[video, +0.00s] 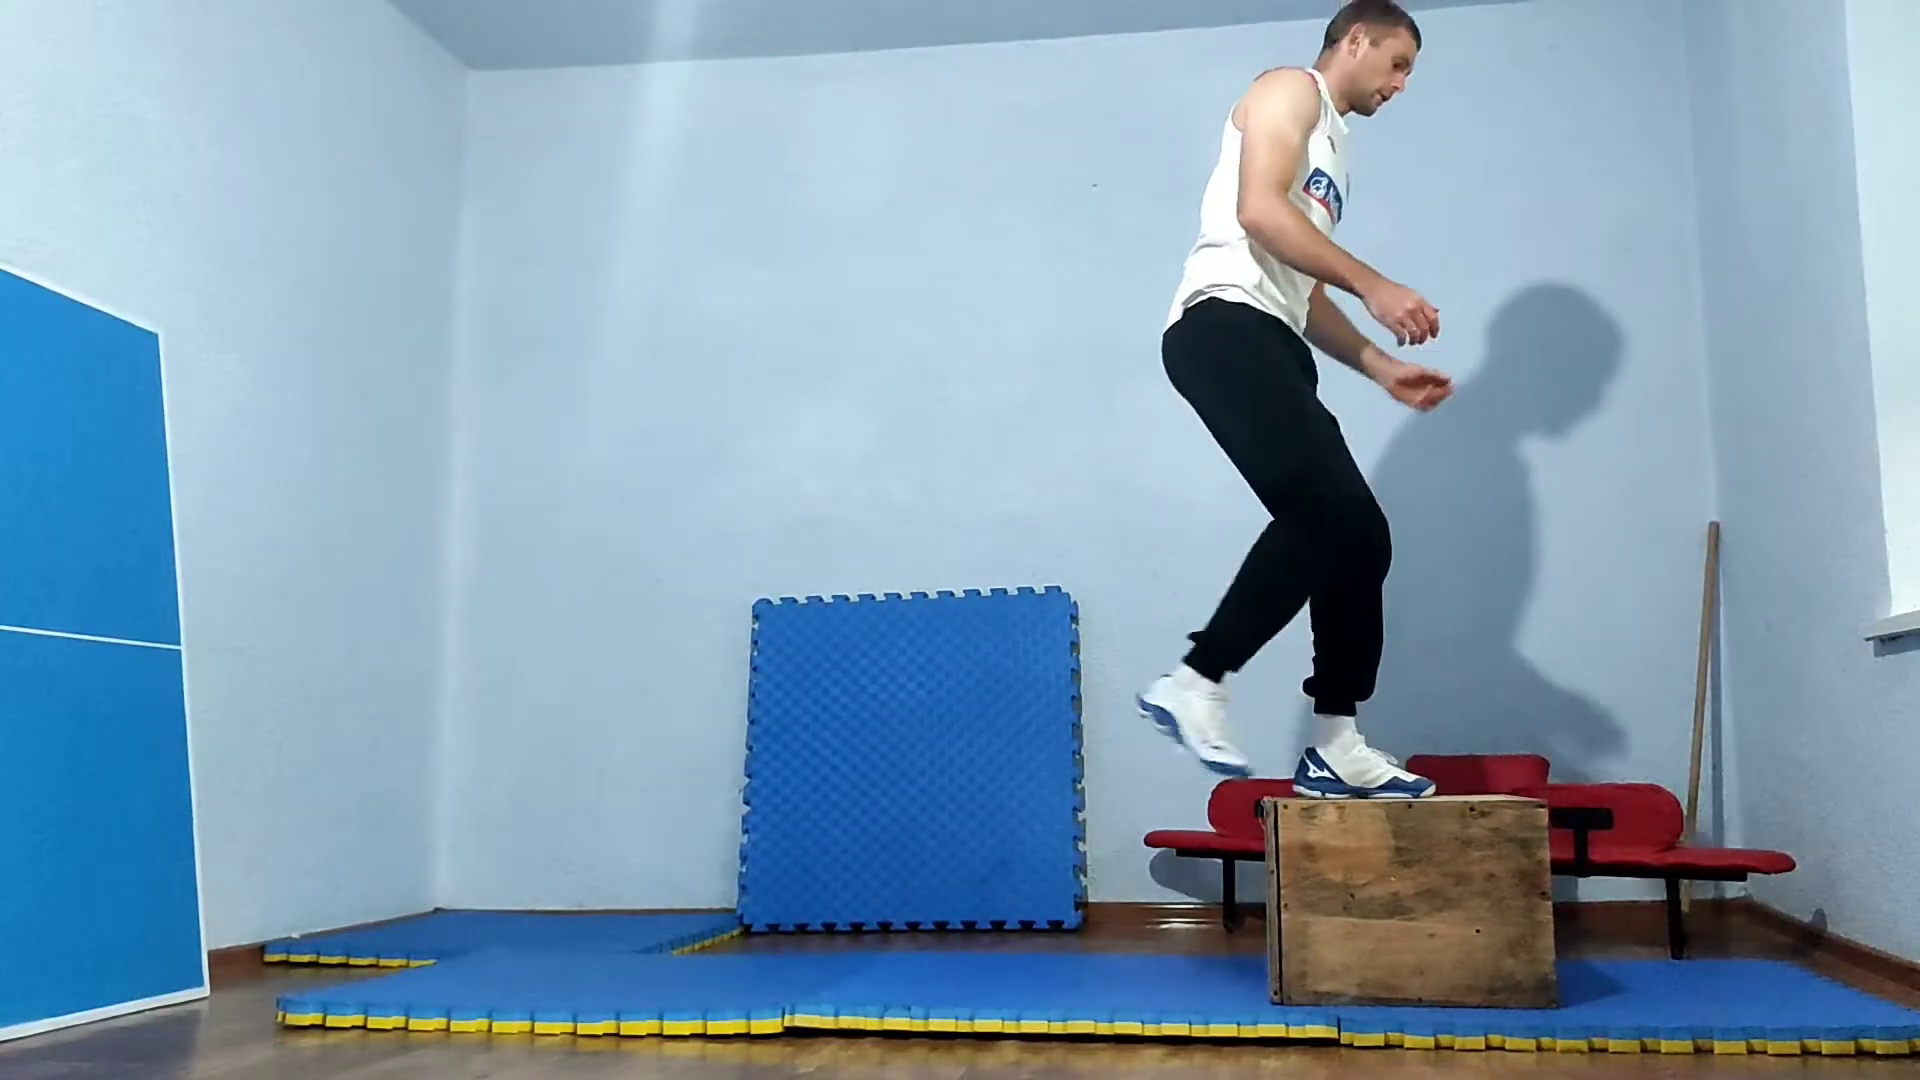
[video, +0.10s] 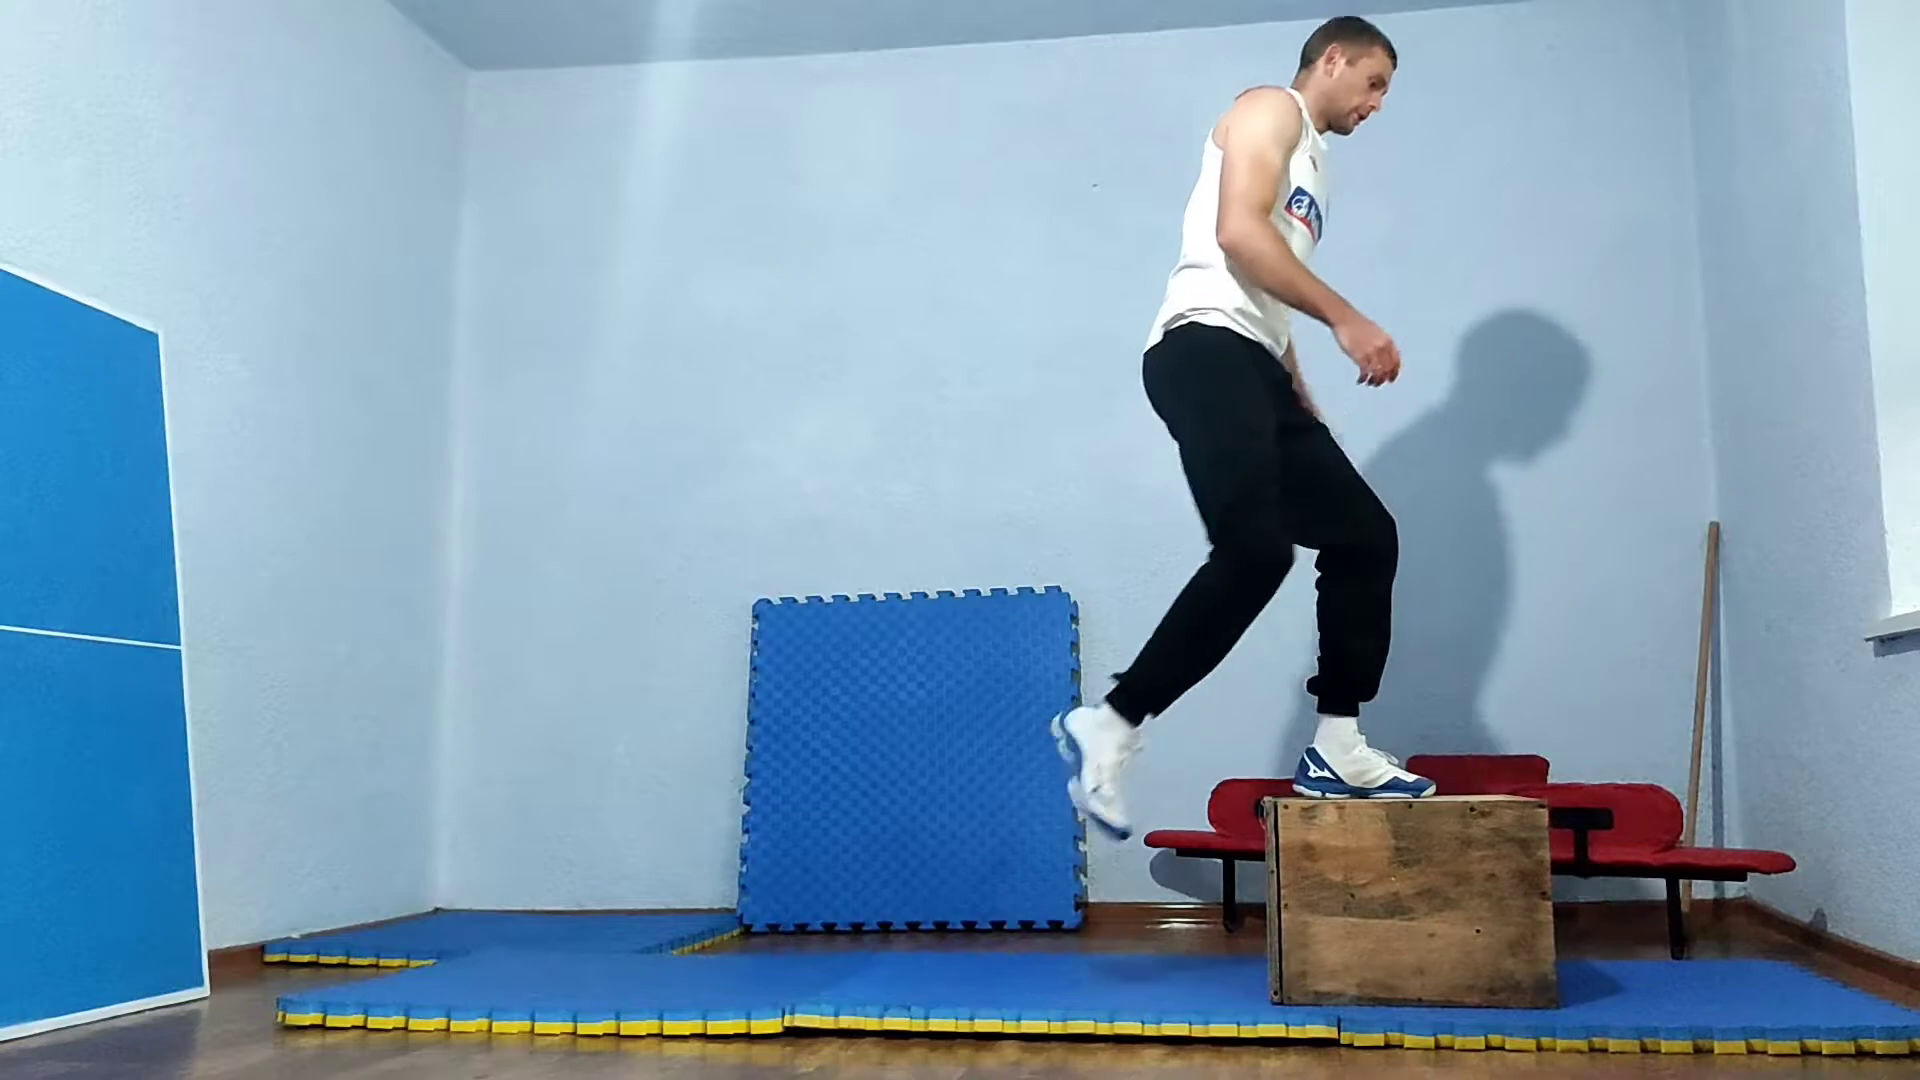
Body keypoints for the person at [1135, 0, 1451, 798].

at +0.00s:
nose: (1400, 85)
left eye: (1408, 73)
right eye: (1397, 64)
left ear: (1358, 49)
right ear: (1353, 41)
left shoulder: (1333, 152)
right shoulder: (1289, 90)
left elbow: (1306, 300)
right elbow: (1261, 209)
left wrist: (1382, 366)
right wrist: (1373, 285)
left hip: (1269, 343)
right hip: (1225, 322)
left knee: (1362, 536)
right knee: (1322, 512)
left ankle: (1334, 743)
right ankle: (1192, 685)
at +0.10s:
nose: (1376, 104)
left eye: (1383, 92)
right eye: (1373, 84)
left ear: (1347, 75)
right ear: (1329, 60)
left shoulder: (1310, 160)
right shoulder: (1270, 110)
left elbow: (1266, 301)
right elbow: (1241, 233)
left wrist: (1293, 384)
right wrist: (1343, 317)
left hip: (1260, 370)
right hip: (1207, 346)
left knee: (1363, 537)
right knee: (1255, 551)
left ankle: (1337, 743)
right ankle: (1109, 726)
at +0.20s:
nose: (1345, 133)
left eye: (1352, 121)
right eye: (1343, 113)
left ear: (1313, 102)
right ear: (1299, 91)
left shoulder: (1276, 180)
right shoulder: (1242, 139)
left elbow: (1221, 294)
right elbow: (1213, 259)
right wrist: (1314, 353)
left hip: (1228, 403)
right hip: (1180, 386)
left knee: (1363, 537)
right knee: (1171, 596)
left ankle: (1338, 746)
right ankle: (1048, 797)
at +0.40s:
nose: (1229, 213)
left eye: (1236, 201)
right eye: (1226, 193)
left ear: (1188, 179)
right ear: (1181, 170)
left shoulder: (1153, 261)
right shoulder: (1126, 234)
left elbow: (1102, 399)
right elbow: (1129, 367)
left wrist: (1050, 510)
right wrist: (1245, 444)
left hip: (1143, 496)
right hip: (1091, 500)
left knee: (1317, 538)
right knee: (1061, 709)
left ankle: (1335, 745)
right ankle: (966, 916)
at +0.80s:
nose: (1035, 209)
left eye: (1041, 196)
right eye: (1030, 191)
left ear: (998, 186)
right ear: (980, 175)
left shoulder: (966, 266)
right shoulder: (932, 250)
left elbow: (953, 411)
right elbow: (885, 381)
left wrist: (1016, 505)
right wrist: (906, 523)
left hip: (944, 499)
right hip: (896, 499)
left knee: (1060, 628)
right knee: (936, 714)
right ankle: (942, 935)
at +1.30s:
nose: (800, 244)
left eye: (810, 234)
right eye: (792, 226)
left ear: (802, 236)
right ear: (748, 210)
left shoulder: (773, 322)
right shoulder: (688, 280)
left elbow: (775, 449)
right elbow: (629, 396)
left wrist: (805, 554)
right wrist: (670, 497)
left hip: (735, 525)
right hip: (693, 517)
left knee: (700, 716)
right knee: (764, 692)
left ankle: (655, 915)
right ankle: (757, 912)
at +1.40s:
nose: (766, 247)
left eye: (775, 237)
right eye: (757, 230)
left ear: (769, 237)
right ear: (715, 213)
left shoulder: (741, 323)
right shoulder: (656, 282)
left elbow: (730, 455)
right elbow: (600, 395)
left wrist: (728, 574)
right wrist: (670, 478)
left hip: (701, 527)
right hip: (656, 517)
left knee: (676, 704)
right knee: (707, 694)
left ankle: (648, 900)